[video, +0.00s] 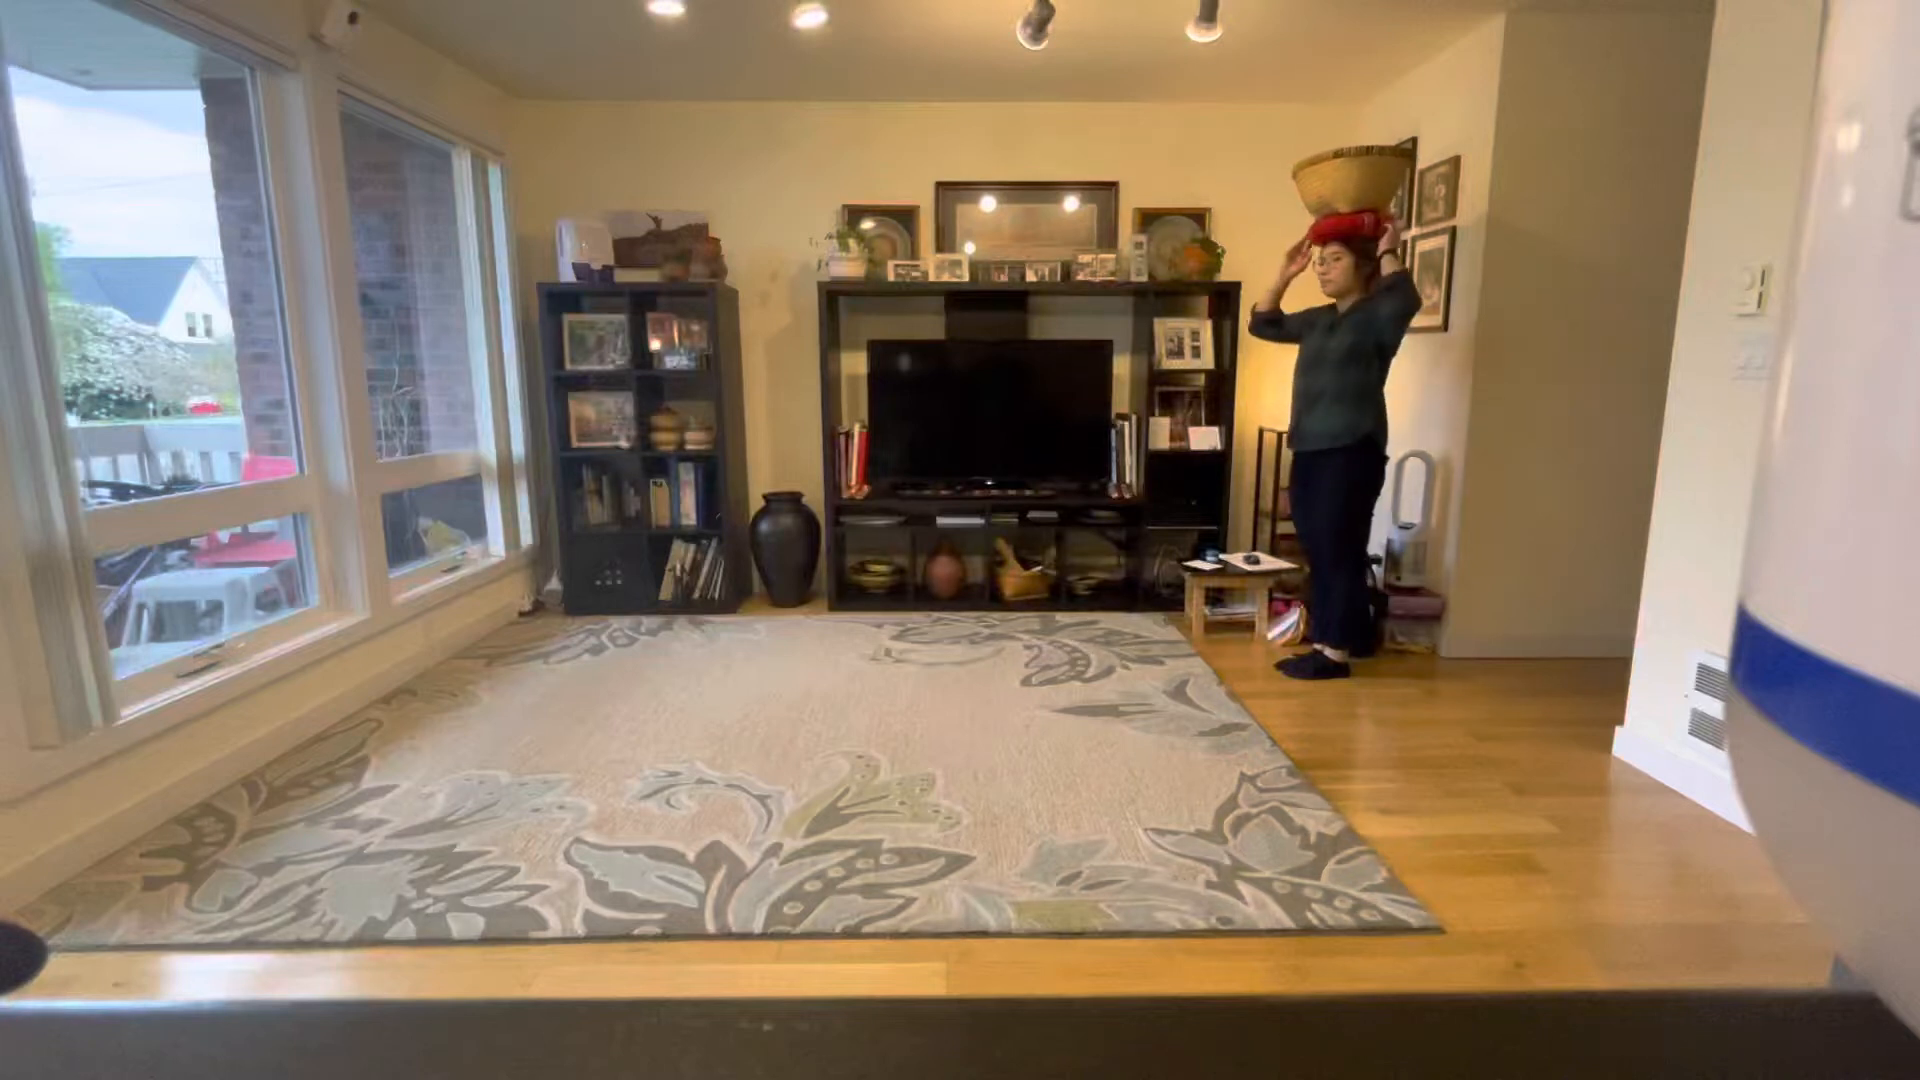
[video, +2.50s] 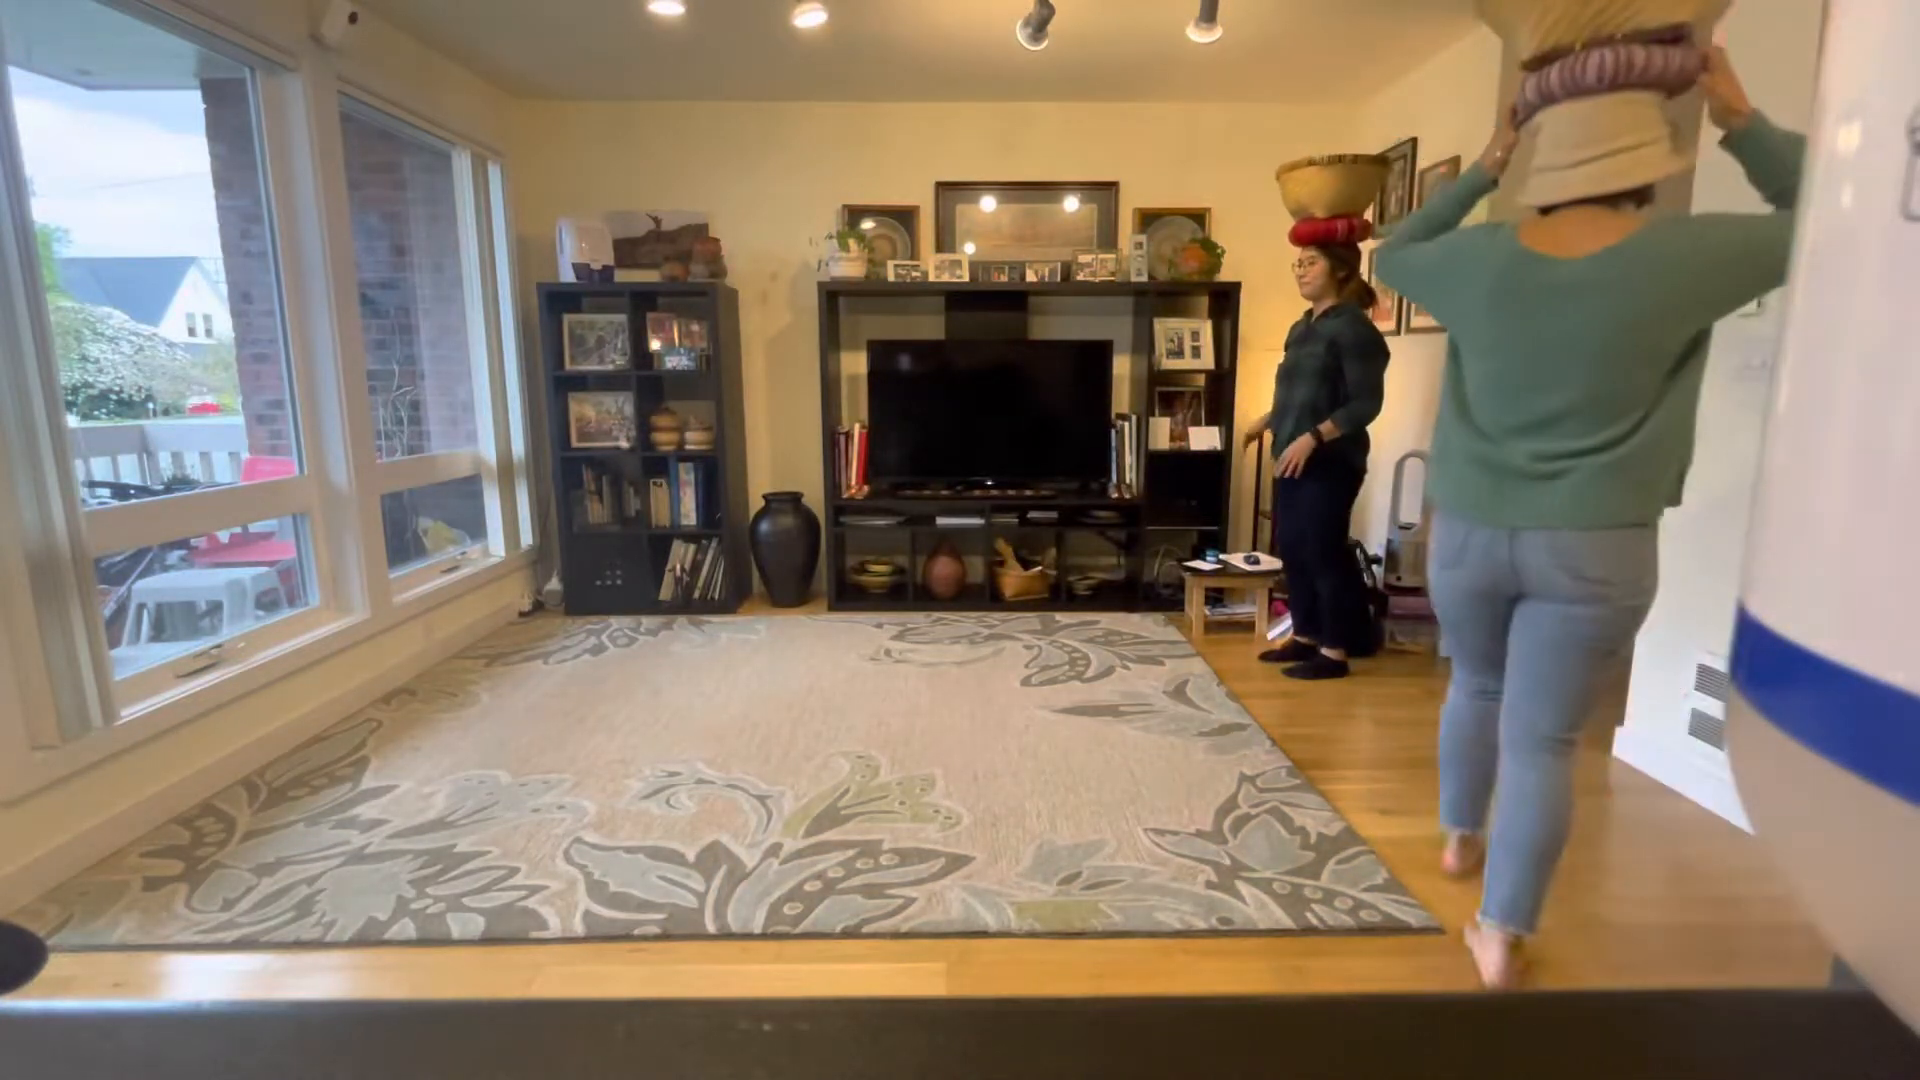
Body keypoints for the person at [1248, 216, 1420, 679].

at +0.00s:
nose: (1323, 268)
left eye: (1334, 259)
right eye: (1319, 260)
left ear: (1363, 265)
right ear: (1317, 266)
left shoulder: (1377, 314)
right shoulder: (1318, 318)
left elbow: (1404, 299)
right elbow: (1263, 324)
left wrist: (1386, 256)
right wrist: (1284, 277)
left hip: (1354, 448)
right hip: (1311, 449)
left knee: (1339, 546)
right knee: (1318, 545)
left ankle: (1334, 649)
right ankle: (1332, 638)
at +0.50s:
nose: (1326, 267)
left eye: (1339, 258)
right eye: (1321, 259)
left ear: (1366, 267)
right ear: (1316, 265)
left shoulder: (1381, 317)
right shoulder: (1312, 317)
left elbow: (1422, 284)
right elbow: (1250, 310)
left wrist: (1391, 245)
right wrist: (1289, 264)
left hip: (1355, 448)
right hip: (1306, 448)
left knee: (1341, 547)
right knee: (1315, 547)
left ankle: (1338, 650)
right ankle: (1321, 641)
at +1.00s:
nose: (1323, 267)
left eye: (1335, 258)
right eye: (1318, 259)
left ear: (1362, 266)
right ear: (1313, 266)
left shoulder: (1377, 317)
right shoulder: (1311, 317)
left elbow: (1411, 288)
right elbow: (1250, 311)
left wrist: (1383, 248)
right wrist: (1288, 268)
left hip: (1352, 449)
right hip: (1304, 449)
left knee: (1341, 549)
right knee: (1314, 550)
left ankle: (1338, 652)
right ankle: (1321, 643)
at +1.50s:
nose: (1319, 269)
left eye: (1330, 260)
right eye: (1317, 261)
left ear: (1360, 266)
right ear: (1316, 268)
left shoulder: (1380, 324)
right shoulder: (1318, 327)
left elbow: (1391, 397)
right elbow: (1287, 387)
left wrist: (1337, 390)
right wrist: (1256, 353)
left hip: (1351, 461)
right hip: (1307, 459)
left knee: (1339, 554)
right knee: (1315, 554)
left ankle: (1337, 652)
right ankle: (1324, 643)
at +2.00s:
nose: (1317, 268)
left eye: (1327, 260)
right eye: (1314, 261)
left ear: (1357, 266)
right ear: (1312, 269)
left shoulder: (1375, 326)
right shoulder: (1318, 328)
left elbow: (1397, 397)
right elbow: (1320, 401)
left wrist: (1340, 429)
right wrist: (1284, 413)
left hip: (1347, 459)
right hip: (1308, 458)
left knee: (1335, 550)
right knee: (1304, 549)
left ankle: (1336, 652)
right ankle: (1318, 639)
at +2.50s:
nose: (1299, 271)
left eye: (1309, 263)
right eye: (1298, 264)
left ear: (1338, 269)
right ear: (1297, 272)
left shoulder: (1354, 328)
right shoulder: (1302, 328)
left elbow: (1366, 403)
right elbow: (1297, 396)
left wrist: (1315, 437)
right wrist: (1264, 423)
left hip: (1332, 459)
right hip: (1296, 457)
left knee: (1324, 550)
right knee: (1294, 548)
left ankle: (1334, 650)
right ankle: (1306, 636)